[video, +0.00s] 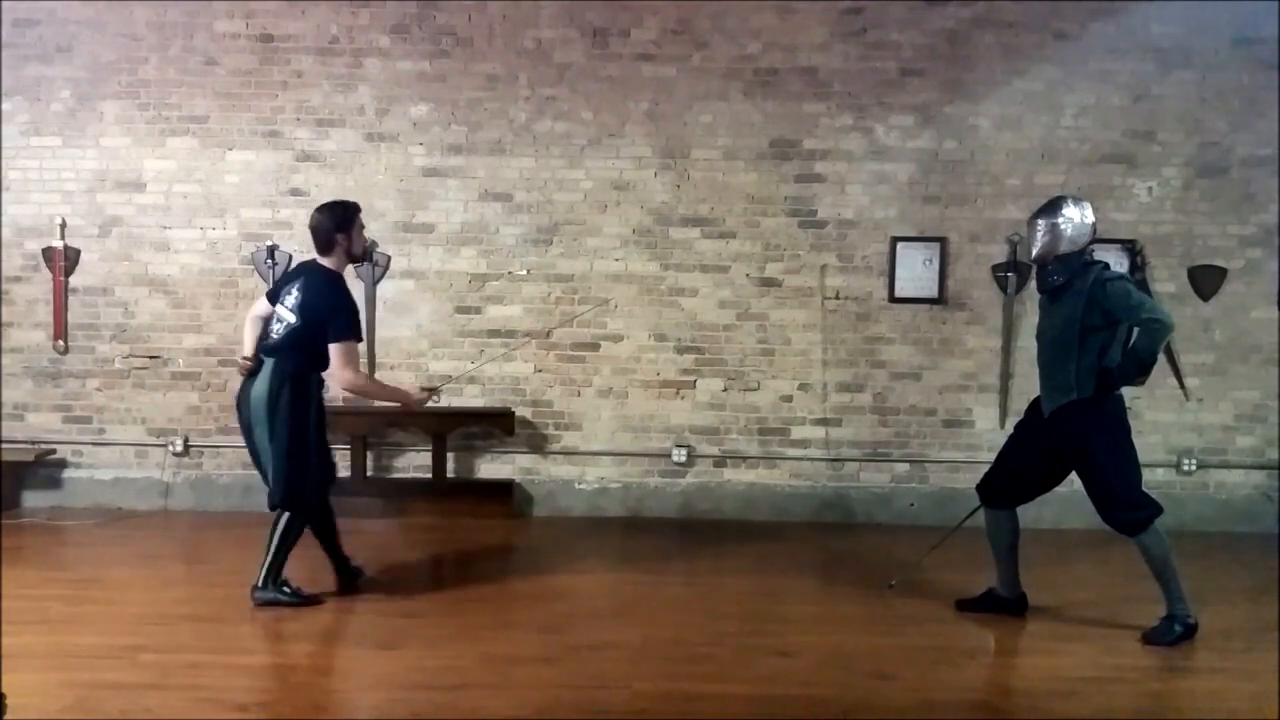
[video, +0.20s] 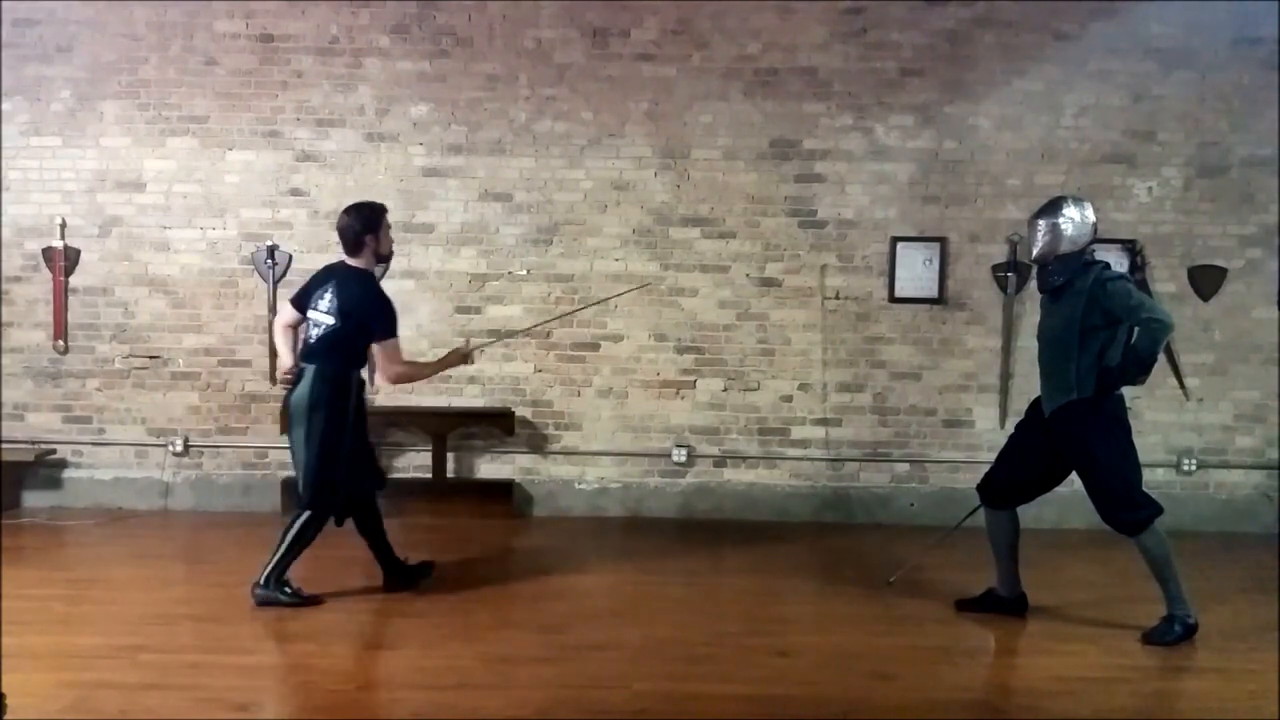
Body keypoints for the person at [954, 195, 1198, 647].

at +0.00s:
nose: (1036, 242)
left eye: (1043, 232)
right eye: (1035, 232)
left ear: (1068, 234)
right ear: (1056, 234)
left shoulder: (1101, 282)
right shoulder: (1055, 284)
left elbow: (1158, 321)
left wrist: (1127, 372)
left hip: (1095, 415)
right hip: (1052, 413)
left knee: (1130, 512)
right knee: (996, 492)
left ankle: (1180, 614)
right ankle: (1008, 593)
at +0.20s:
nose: (1036, 241)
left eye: (1045, 231)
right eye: (1036, 231)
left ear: (1070, 233)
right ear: (1054, 234)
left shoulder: (1100, 281)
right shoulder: (1057, 284)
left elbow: (1157, 321)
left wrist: (1125, 373)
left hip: (1096, 416)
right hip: (1053, 413)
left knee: (1130, 512)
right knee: (996, 492)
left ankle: (1181, 614)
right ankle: (1008, 593)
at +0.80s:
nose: (1042, 242)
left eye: (1053, 231)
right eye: (1041, 231)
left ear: (1077, 235)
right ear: (1042, 235)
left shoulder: (1105, 282)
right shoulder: (1046, 299)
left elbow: (1163, 319)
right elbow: (1008, 350)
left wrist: (1126, 370)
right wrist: (973, 345)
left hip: (1094, 414)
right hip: (1046, 414)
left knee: (1124, 513)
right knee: (981, 482)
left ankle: (1179, 613)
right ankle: (999, 579)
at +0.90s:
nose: (1031, 249)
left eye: (1040, 240)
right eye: (1031, 239)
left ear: (1064, 244)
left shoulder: (1098, 283)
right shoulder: (1027, 301)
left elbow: (1155, 318)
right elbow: (967, 326)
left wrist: (1121, 366)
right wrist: (936, 298)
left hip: (1084, 413)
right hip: (1036, 412)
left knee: (1121, 514)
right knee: (960, 465)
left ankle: (1178, 610)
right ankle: (974, 561)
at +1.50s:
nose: (905, 302)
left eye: (913, 292)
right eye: (903, 293)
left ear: (939, 292)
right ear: (909, 298)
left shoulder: (987, 324)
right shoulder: (904, 349)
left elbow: (1049, 341)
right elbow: (903, 413)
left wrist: (1021, 387)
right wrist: (907, 466)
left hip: (991, 443)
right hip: (936, 442)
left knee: (1051, 516)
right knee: (869, 484)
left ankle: (1120, 601)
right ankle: (896, 565)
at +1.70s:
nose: (925, 293)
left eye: (932, 282)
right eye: (921, 283)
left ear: (955, 281)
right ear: (920, 287)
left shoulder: (1002, 316)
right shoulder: (924, 339)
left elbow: (1073, 339)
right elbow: (905, 400)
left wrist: (1049, 383)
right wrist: (889, 447)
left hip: (1009, 440)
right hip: (956, 438)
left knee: (1066, 517)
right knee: (888, 481)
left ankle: (1139, 597)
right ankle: (896, 566)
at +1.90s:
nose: (1000, 260)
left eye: (1009, 250)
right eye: (999, 251)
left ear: (1035, 251)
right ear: (1000, 257)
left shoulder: (1078, 296)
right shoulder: (995, 310)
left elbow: (1141, 334)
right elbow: (949, 353)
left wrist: (1101, 377)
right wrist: (889, 361)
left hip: (1060, 425)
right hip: (1007, 425)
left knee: (1102, 517)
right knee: (952, 493)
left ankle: (1167, 606)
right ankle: (914, 566)